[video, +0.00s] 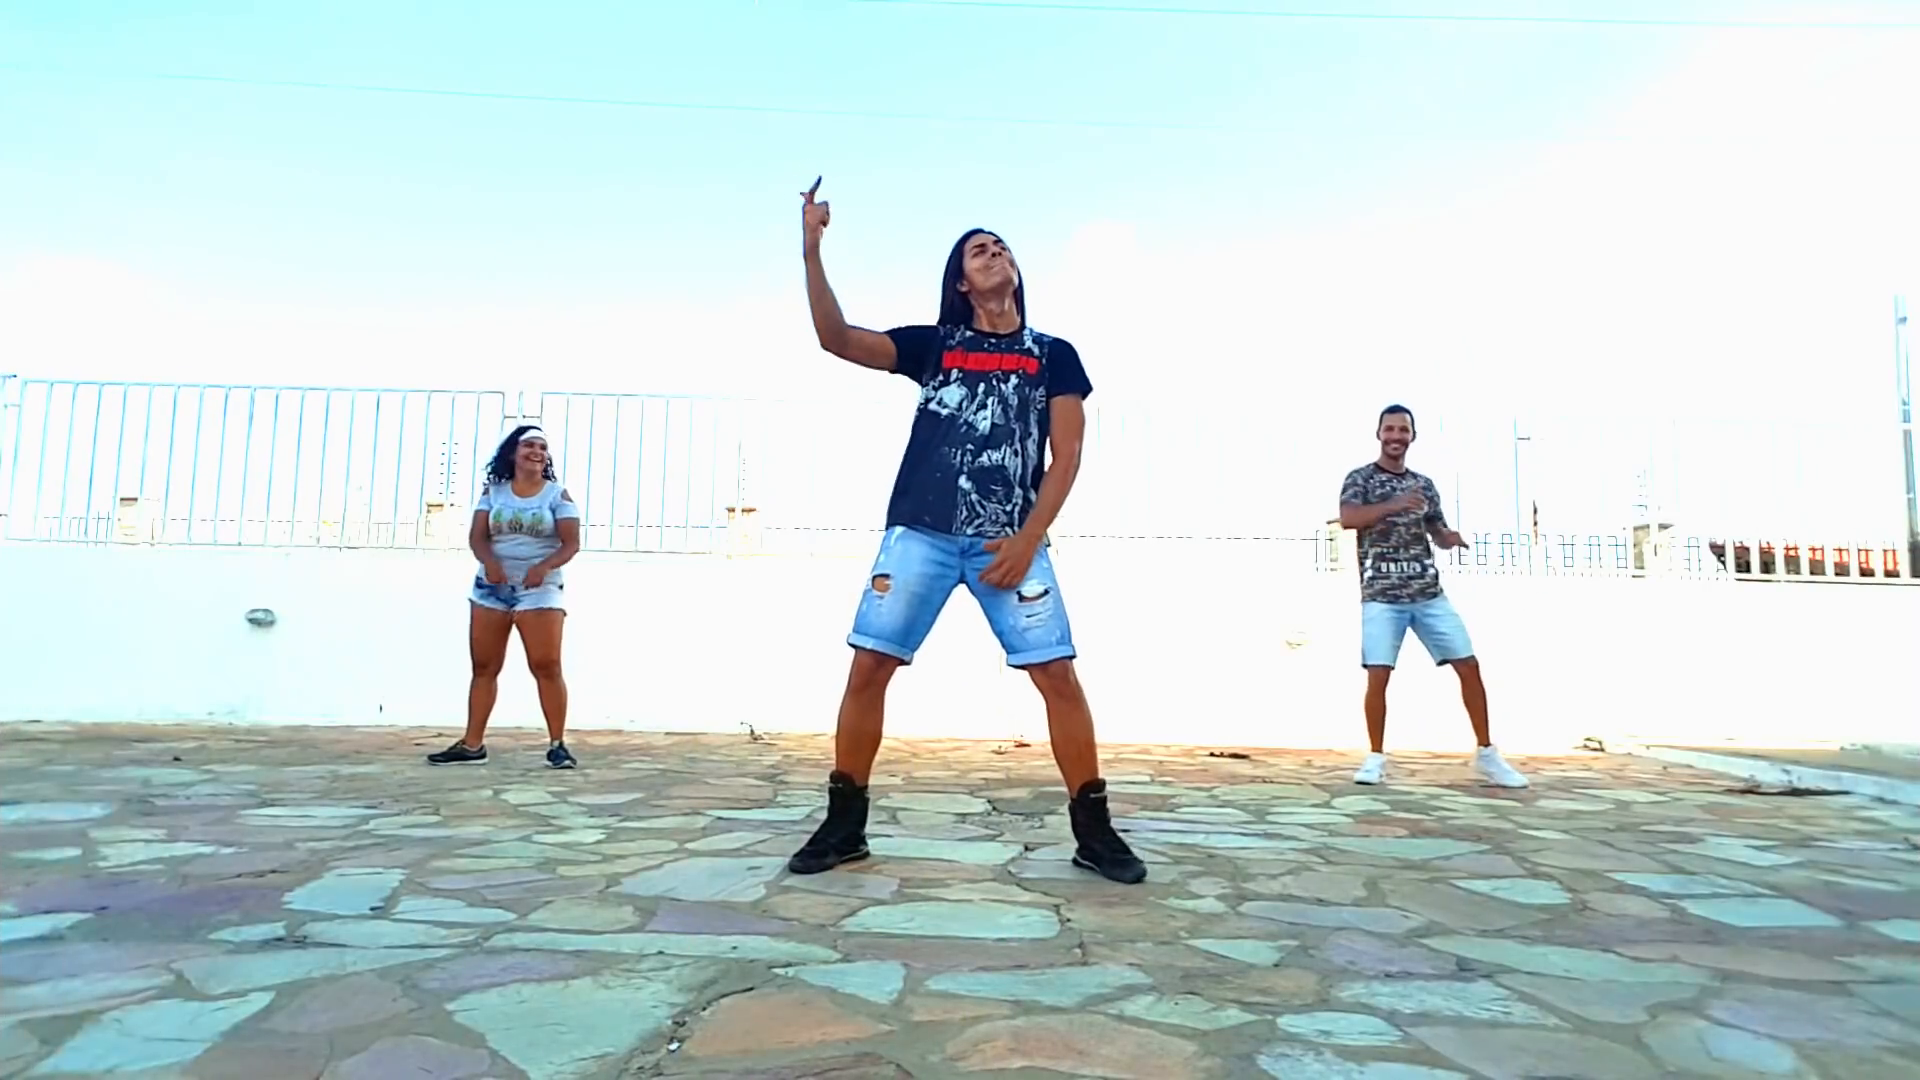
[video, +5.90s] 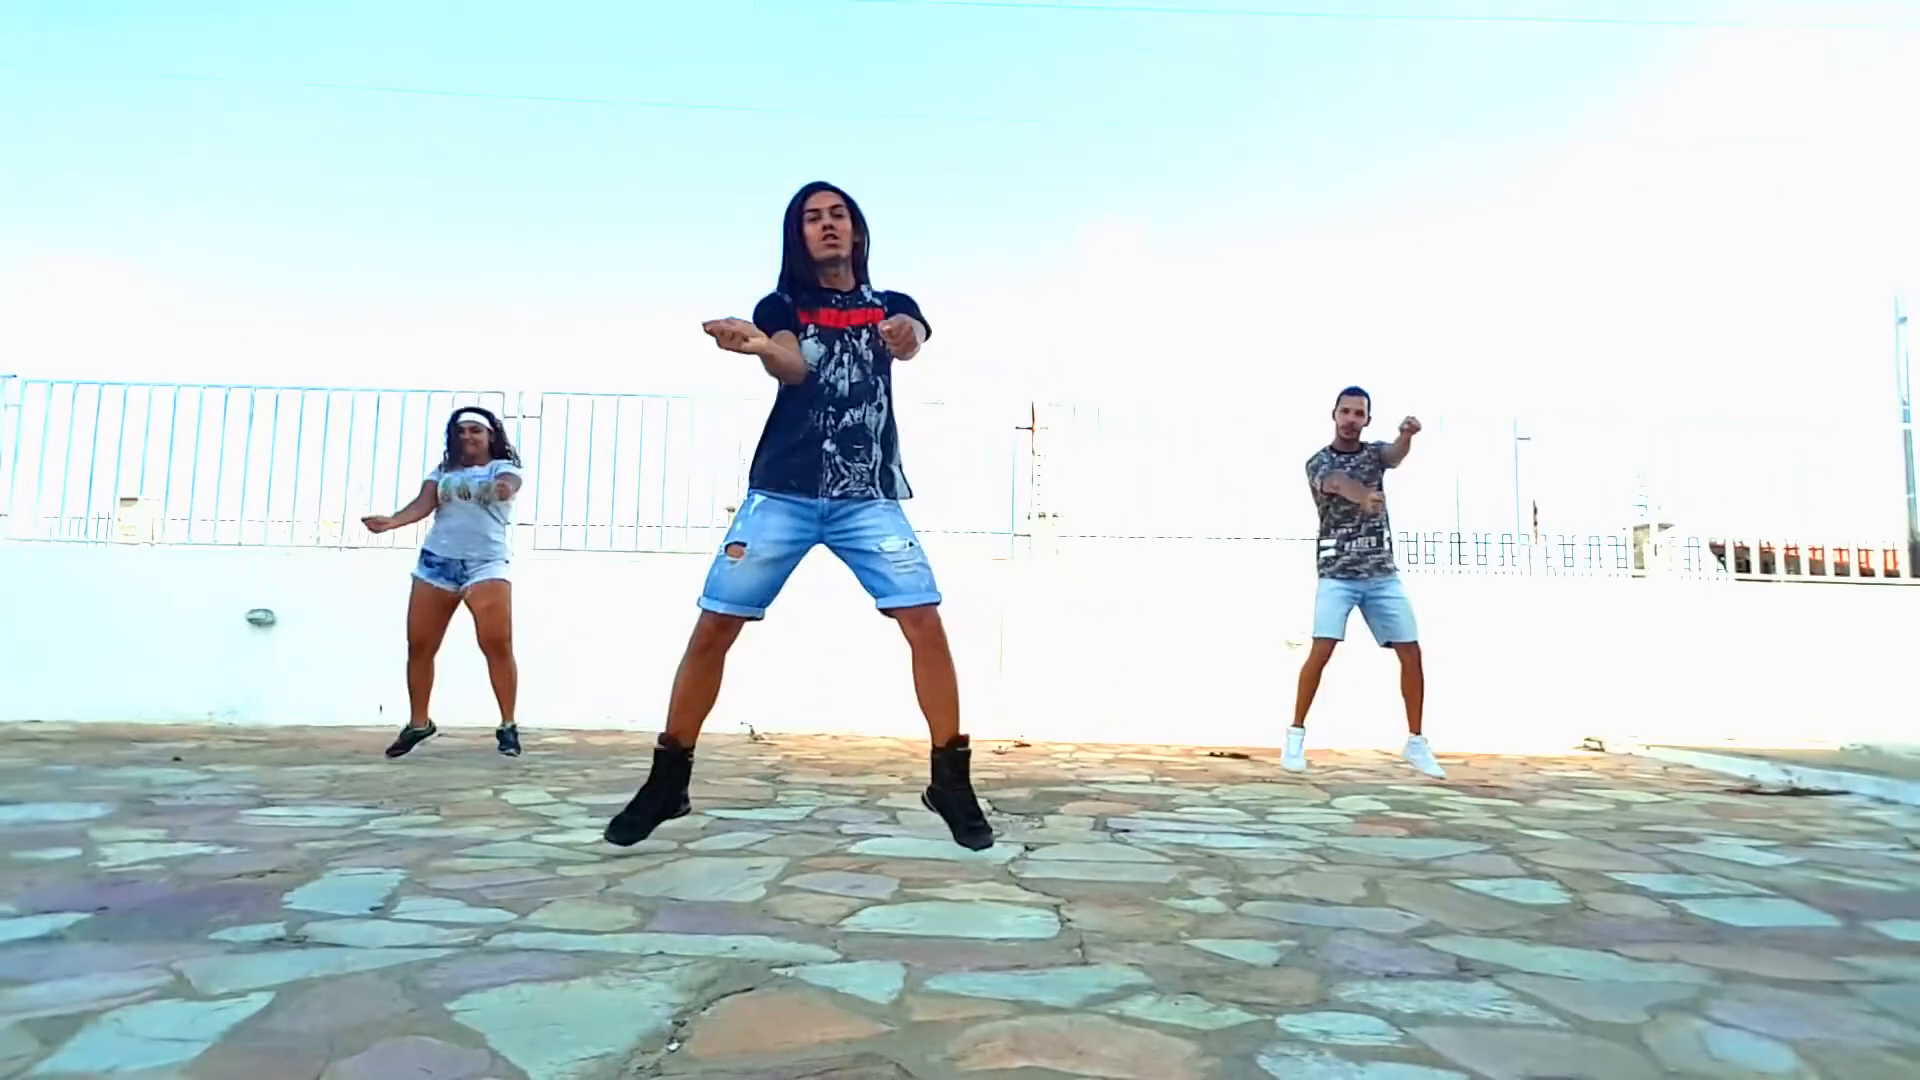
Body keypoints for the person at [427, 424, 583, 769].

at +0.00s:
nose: (536, 451)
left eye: (542, 447)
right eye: (528, 446)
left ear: (547, 457)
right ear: (512, 454)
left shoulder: (557, 495)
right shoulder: (493, 492)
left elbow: (571, 544)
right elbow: (477, 537)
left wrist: (543, 566)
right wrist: (490, 562)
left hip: (540, 591)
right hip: (492, 589)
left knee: (546, 667)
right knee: (483, 667)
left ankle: (557, 744)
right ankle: (472, 743)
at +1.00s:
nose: (550, 454)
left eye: (557, 451)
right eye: (544, 449)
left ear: (564, 460)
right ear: (528, 455)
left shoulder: (571, 500)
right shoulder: (506, 492)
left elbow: (580, 545)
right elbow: (489, 533)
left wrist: (581, 584)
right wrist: (481, 568)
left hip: (550, 589)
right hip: (501, 587)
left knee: (554, 668)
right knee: (487, 667)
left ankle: (559, 743)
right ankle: (472, 743)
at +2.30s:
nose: (543, 464)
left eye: (551, 458)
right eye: (538, 457)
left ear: (570, 462)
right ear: (533, 460)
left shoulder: (584, 504)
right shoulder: (518, 495)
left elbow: (587, 554)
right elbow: (497, 541)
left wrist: (551, 563)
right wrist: (475, 583)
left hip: (558, 591)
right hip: (513, 588)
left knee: (558, 667)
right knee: (492, 667)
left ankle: (558, 745)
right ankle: (472, 743)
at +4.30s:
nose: (527, 459)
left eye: (535, 454)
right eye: (520, 454)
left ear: (550, 462)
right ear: (513, 463)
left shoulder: (561, 496)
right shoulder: (500, 497)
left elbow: (564, 513)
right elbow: (486, 523)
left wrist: (553, 517)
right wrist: (489, 536)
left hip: (543, 589)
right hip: (494, 586)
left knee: (553, 668)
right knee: (479, 666)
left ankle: (558, 744)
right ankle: (471, 744)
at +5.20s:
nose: (531, 454)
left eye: (537, 449)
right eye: (523, 449)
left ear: (545, 459)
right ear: (510, 458)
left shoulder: (555, 495)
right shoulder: (493, 497)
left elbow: (565, 516)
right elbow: (470, 534)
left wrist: (561, 525)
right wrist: (449, 562)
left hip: (539, 588)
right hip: (489, 587)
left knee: (551, 669)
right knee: (471, 668)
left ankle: (556, 744)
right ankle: (471, 744)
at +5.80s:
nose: (489, 446)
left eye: (497, 440)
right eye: (483, 439)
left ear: (508, 448)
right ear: (472, 445)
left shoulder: (512, 483)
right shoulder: (449, 481)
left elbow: (520, 499)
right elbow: (433, 510)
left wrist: (517, 506)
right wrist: (426, 526)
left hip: (501, 570)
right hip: (453, 569)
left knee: (523, 648)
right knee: (434, 655)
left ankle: (544, 724)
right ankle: (438, 730)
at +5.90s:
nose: (468, 435)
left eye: (476, 430)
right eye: (462, 430)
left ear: (491, 436)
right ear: (454, 438)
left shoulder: (505, 467)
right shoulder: (442, 472)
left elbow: (507, 482)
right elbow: (422, 505)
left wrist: (502, 488)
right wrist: (390, 522)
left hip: (487, 565)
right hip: (437, 564)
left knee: (497, 643)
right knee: (419, 646)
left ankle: (507, 725)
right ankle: (419, 723)